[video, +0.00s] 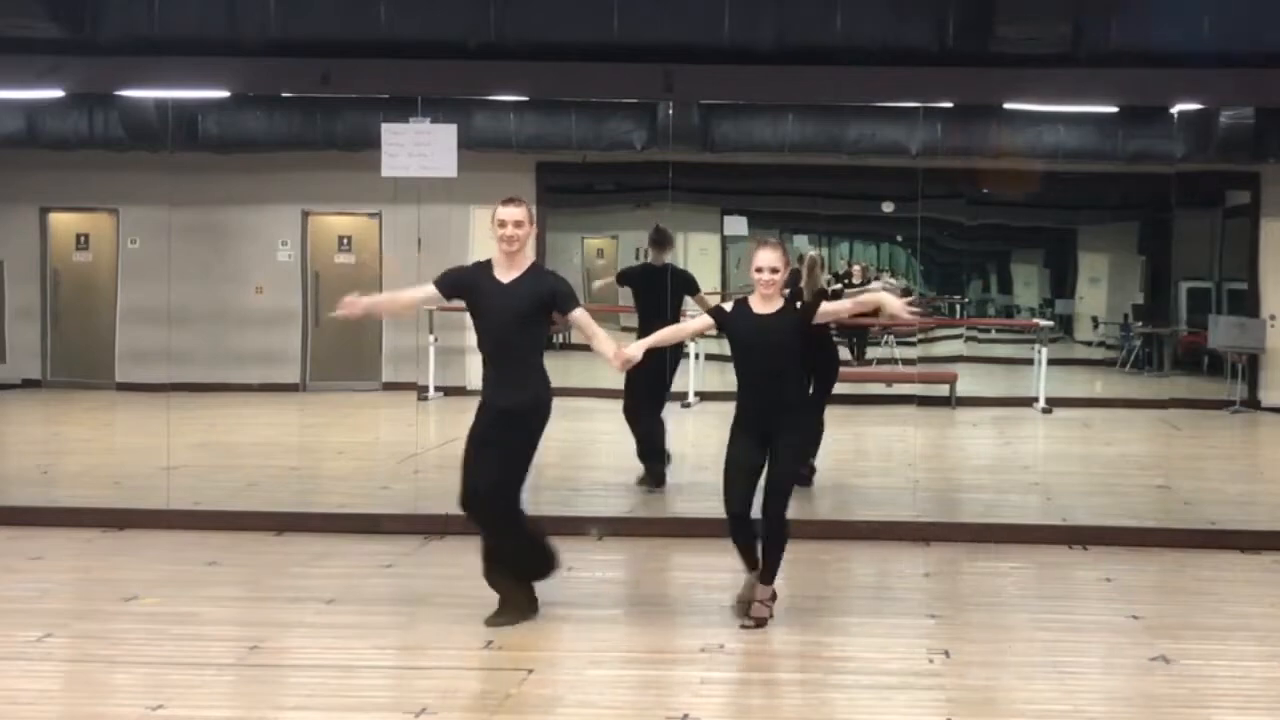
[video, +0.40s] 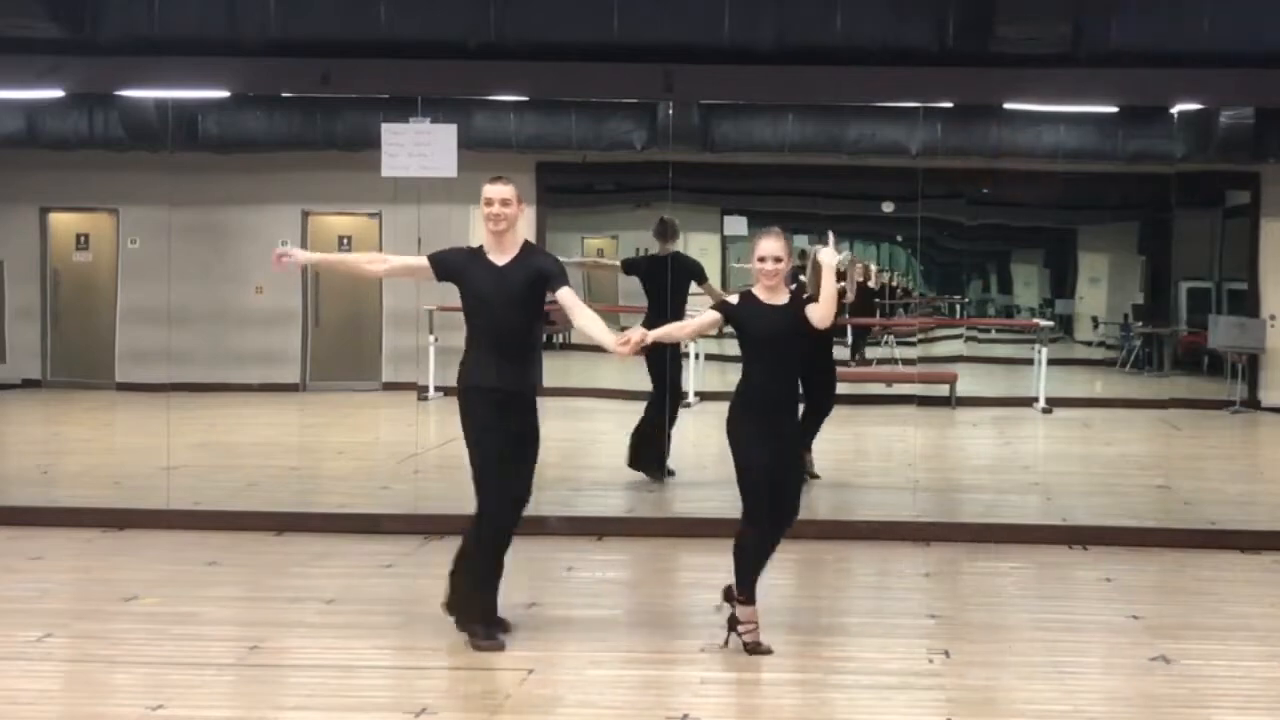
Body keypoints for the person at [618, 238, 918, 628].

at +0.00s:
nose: (766, 277)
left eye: (774, 270)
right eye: (760, 270)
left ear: (786, 274)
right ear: (751, 273)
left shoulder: (801, 312)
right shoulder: (732, 313)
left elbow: (846, 307)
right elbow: (684, 329)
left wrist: (881, 298)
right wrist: (642, 344)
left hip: (792, 422)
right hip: (750, 421)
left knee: (774, 508)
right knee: (735, 509)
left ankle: (766, 589)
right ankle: (755, 573)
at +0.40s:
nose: (768, 266)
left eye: (776, 259)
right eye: (762, 259)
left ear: (790, 264)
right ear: (751, 262)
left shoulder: (801, 303)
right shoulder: (738, 304)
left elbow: (823, 318)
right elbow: (690, 328)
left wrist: (827, 267)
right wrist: (648, 336)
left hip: (787, 417)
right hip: (749, 416)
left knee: (786, 511)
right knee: (757, 510)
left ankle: (740, 587)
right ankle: (746, 606)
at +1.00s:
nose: (778, 266)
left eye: (786, 259)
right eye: (771, 258)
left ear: (800, 263)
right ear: (761, 262)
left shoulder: (818, 306)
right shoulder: (746, 303)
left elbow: (806, 360)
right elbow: (699, 334)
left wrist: (764, 342)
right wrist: (669, 351)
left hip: (802, 424)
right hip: (759, 422)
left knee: (799, 522)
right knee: (770, 519)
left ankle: (786, 619)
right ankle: (756, 617)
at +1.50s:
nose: (767, 281)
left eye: (774, 275)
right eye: (767, 275)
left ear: (800, 277)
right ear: (777, 280)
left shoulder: (836, 317)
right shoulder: (766, 322)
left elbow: (878, 355)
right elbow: (712, 340)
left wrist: (845, 396)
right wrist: (689, 333)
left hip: (816, 433)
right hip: (768, 429)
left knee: (809, 529)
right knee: (731, 509)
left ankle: (785, 612)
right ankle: (692, 577)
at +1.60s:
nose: (770, 281)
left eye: (776, 274)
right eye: (769, 274)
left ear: (802, 276)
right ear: (789, 278)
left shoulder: (834, 320)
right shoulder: (767, 321)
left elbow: (878, 355)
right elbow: (712, 336)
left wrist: (844, 389)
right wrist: (670, 335)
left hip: (814, 434)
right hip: (769, 431)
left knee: (804, 524)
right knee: (754, 515)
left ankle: (790, 611)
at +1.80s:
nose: (782, 278)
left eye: (792, 272)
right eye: (778, 271)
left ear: (811, 277)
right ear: (772, 274)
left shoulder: (828, 321)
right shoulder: (758, 315)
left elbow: (876, 357)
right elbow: (701, 340)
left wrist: (838, 383)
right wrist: (648, 359)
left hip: (815, 435)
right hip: (777, 436)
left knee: (780, 517)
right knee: (820, 522)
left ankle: (786, 609)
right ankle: (846, 604)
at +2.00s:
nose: (784, 280)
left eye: (793, 274)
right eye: (778, 273)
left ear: (807, 280)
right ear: (768, 277)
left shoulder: (820, 324)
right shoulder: (747, 318)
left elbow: (873, 357)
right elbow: (696, 339)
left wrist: (831, 392)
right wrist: (648, 356)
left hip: (814, 440)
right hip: (769, 437)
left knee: (800, 529)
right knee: (769, 529)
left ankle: (779, 614)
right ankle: (801, 580)